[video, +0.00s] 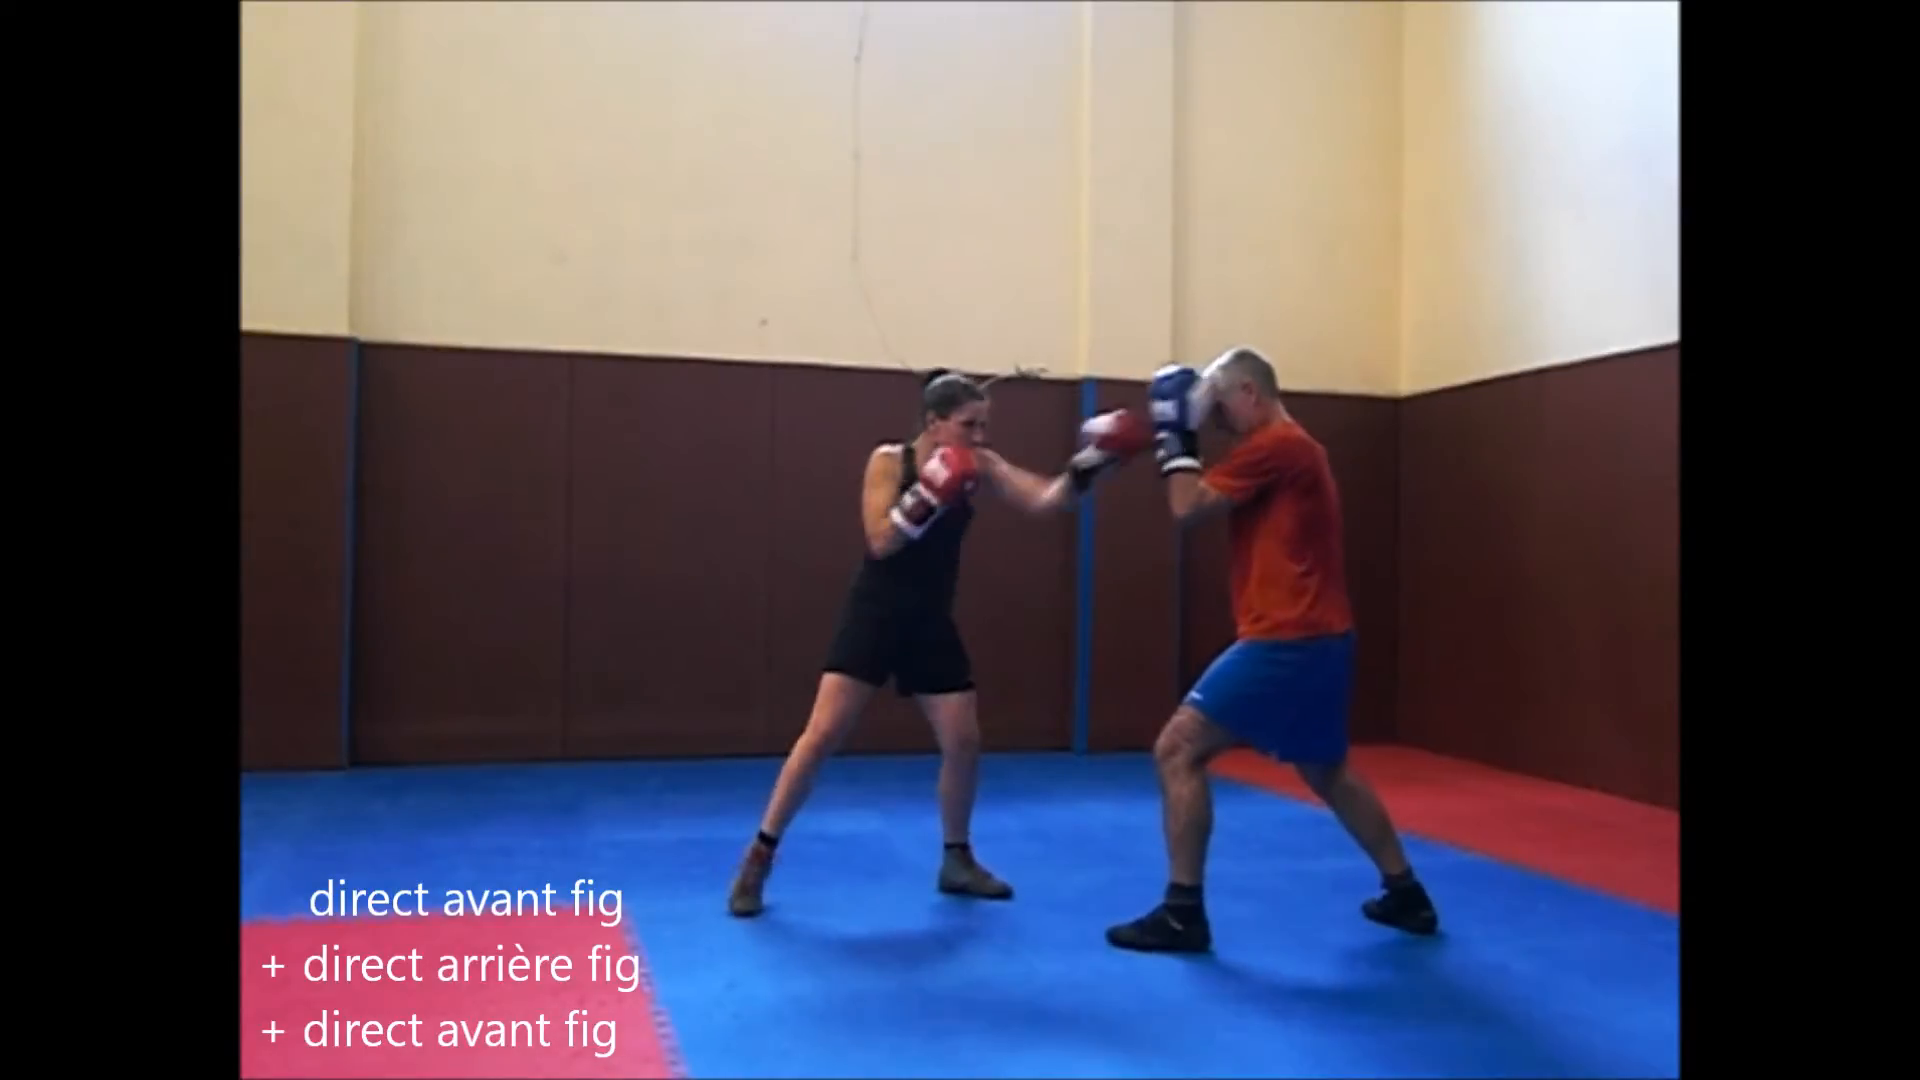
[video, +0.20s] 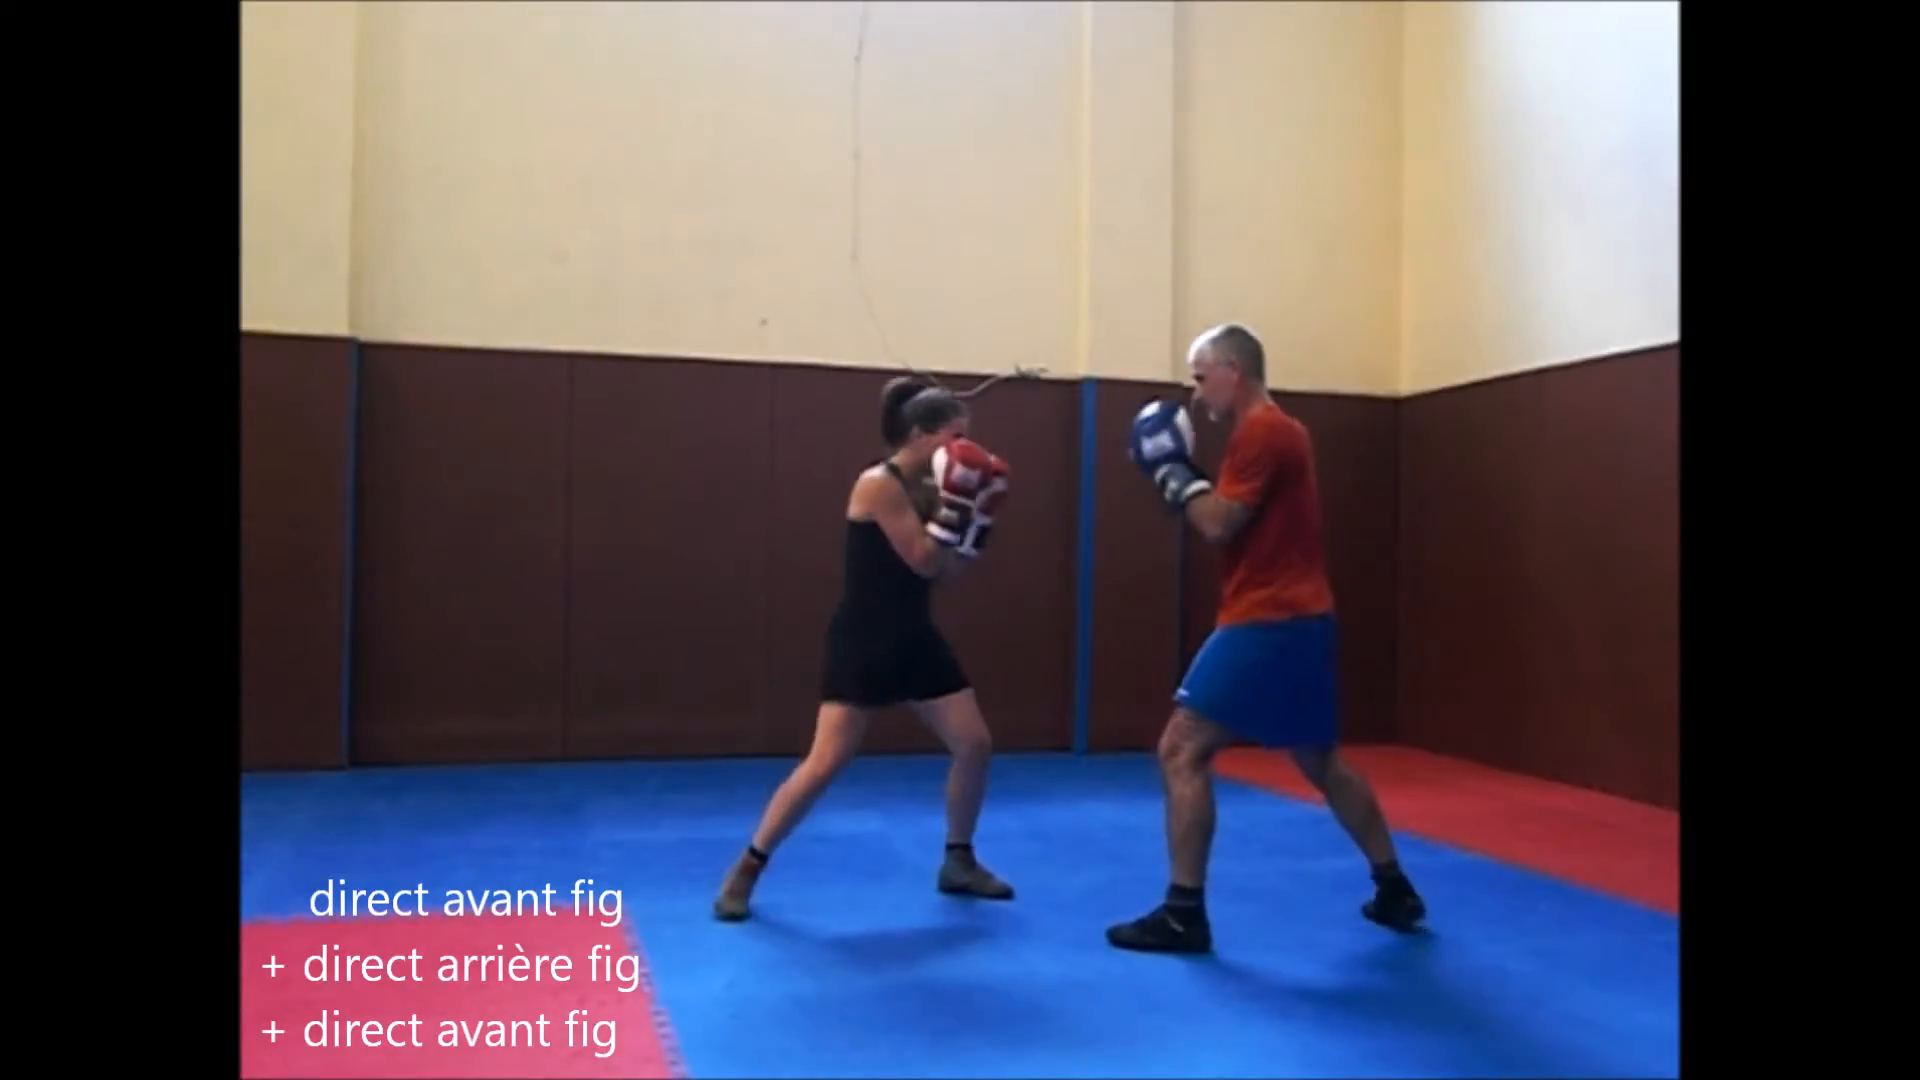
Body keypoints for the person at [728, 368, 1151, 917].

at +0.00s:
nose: (981, 435)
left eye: (984, 424)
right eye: (971, 424)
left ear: (980, 424)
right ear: (934, 422)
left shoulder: (980, 466)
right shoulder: (890, 462)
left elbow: (1043, 499)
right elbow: (879, 541)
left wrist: (1087, 465)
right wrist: (928, 496)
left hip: (930, 622)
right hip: (874, 616)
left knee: (963, 739)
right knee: (824, 732)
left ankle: (957, 861)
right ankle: (759, 857)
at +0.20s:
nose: (958, 448)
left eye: (961, 438)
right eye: (953, 437)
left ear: (929, 436)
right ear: (921, 435)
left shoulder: (925, 489)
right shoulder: (878, 486)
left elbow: (949, 567)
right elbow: (925, 560)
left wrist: (978, 519)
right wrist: (956, 505)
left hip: (914, 641)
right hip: (861, 642)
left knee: (973, 743)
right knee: (825, 761)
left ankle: (959, 862)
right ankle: (747, 870)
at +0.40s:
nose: (929, 429)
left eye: (932, 419)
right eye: (927, 418)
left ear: (903, 412)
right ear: (901, 410)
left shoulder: (895, 459)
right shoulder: (851, 451)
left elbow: (939, 526)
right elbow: (899, 523)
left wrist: (957, 471)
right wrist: (928, 472)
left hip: (879, 617)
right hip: (828, 616)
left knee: (938, 729)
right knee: (792, 741)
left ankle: (935, 851)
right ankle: (723, 860)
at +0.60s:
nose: (899, 452)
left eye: (903, 442)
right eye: (897, 440)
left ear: (873, 434)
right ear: (869, 431)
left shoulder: (870, 484)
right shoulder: (822, 475)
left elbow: (913, 533)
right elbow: (891, 528)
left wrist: (932, 478)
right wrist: (925, 479)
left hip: (855, 641)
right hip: (805, 642)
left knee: (918, 743)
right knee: (760, 763)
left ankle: (893, 868)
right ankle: (691, 878)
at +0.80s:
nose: (878, 449)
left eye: (882, 439)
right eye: (873, 437)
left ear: (860, 431)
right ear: (844, 424)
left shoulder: (852, 475)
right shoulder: (804, 467)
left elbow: (900, 519)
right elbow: (877, 517)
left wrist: (907, 468)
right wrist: (894, 477)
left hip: (844, 635)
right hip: (791, 636)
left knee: (904, 742)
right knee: (750, 761)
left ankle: (892, 868)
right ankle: (688, 879)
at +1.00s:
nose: (855, 447)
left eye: (860, 438)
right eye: (852, 435)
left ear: (840, 429)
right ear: (821, 423)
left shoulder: (831, 472)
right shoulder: (780, 466)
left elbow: (876, 513)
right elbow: (851, 514)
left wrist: (901, 467)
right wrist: (877, 475)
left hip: (835, 633)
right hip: (782, 635)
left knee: (892, 743)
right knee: (749, 762)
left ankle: (890, 868)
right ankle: (688, 881)